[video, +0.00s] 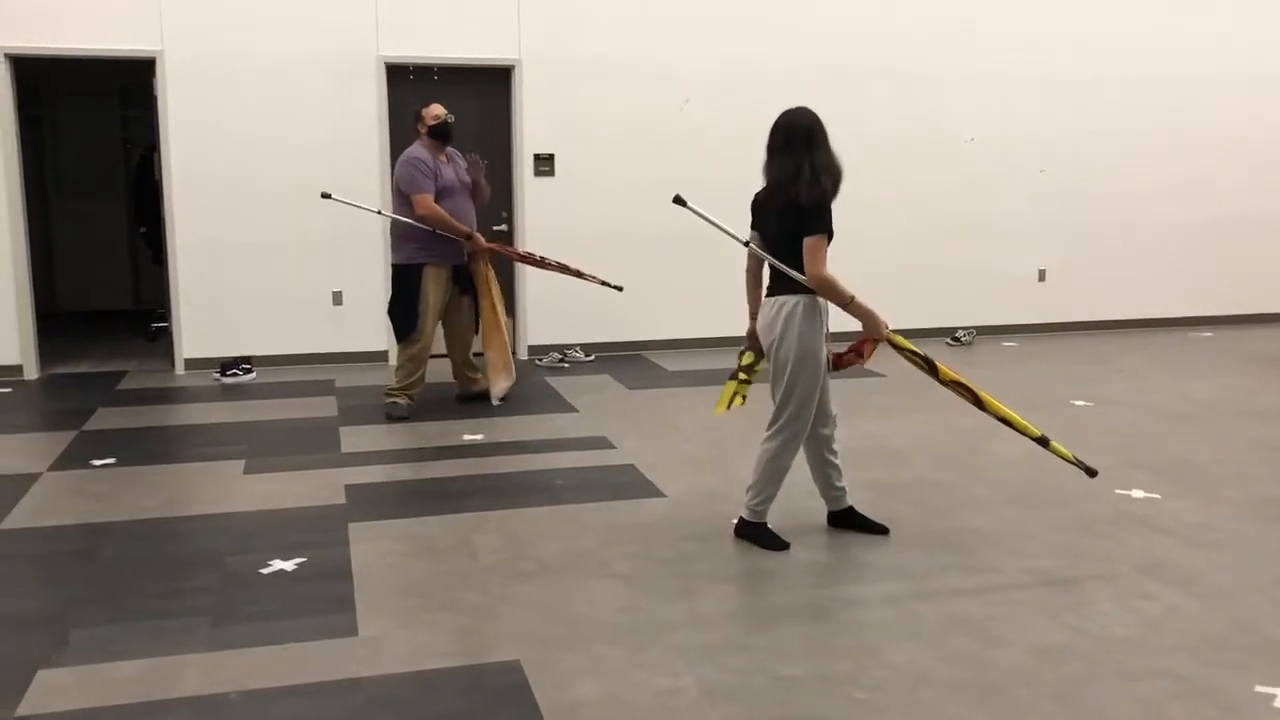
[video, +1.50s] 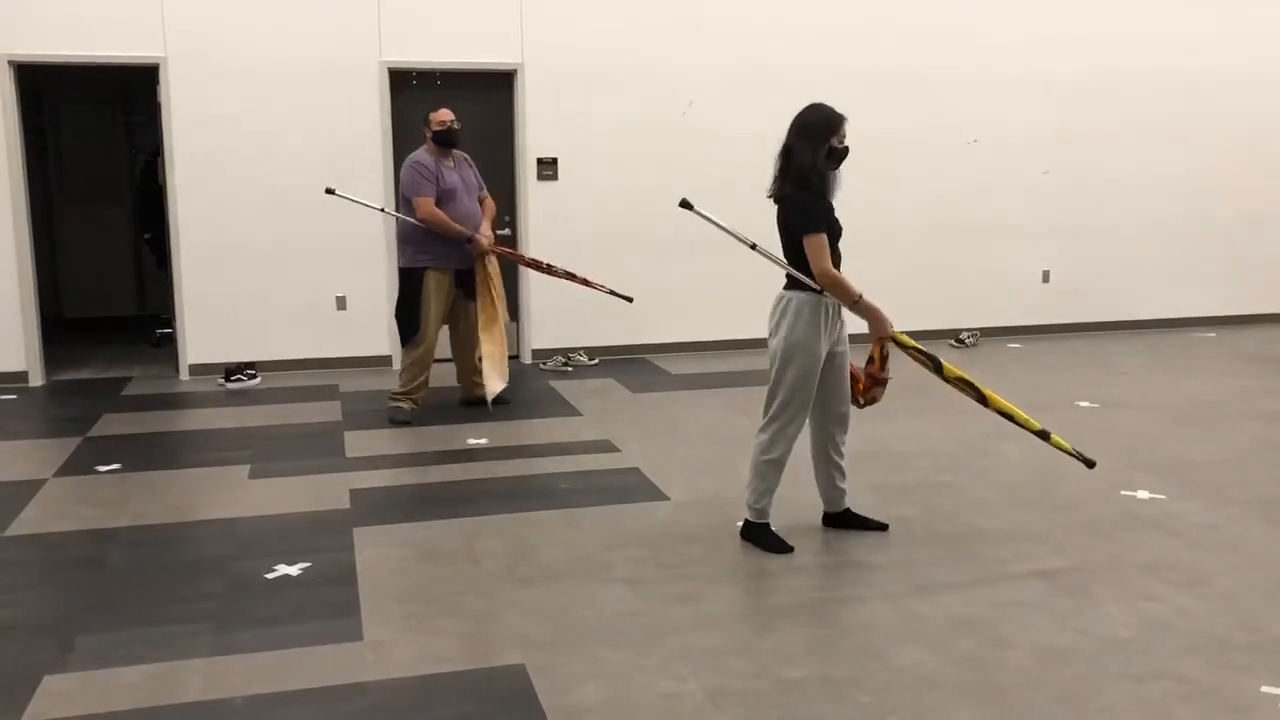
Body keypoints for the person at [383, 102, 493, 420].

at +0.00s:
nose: (444, 121)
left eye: (447, 117)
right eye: (436, 118)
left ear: (451, 124)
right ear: (422, 127)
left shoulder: (455, 157)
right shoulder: (414, 159)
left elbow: (480, 202)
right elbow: (424, 209)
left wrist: (478, 179)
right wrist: (469, 234)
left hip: (458, 257)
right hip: (422, 260)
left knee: (462, 326)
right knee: (417, 332)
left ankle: (470, 384)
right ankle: (400, 396)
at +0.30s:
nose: (451, 130)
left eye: (453, 125)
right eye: (443, 126)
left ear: (457, 130)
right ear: (428, 132)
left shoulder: (459, 162)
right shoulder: (418, 164)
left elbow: (485, 202)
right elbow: (423, 214)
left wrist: (478, 176)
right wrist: (466, 242)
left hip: (462, 262)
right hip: (426, 264)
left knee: (466, 329)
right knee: (421, 336)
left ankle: (471, 390)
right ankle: (403, 400)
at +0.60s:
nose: (452, 134)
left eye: (455, 129)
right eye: (445, 129)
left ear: (458, 134)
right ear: (429, 135)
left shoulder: (458, 165)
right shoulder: (418, 166)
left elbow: (460, 206)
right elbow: (422, 213)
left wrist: (480, 201)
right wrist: (464, 241)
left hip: (462, 265)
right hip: (426, 268)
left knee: (468, 335)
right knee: (421, 341)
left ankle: (474, 396)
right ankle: (402, 404)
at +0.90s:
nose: (450, 132)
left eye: (453, 128)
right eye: (443, 128)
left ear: (458, 132)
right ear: (428, 133)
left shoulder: (459, 165)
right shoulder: (417, 165)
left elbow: (476, 209)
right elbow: (422, 212)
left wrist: (487, 235)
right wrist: (467, 237)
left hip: (462, 264)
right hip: (425, 267)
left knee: (466, 334)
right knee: (421, 339)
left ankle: (471, 393)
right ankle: (401, 402)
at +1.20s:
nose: (449, 128)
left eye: (452, 124)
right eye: (441, 124)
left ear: (457, 128)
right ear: (426, 131)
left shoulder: (462, 161)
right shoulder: (415, 162)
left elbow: (483, 203)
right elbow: (423, 209)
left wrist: (485, 231)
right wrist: (469, 235)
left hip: (464, 262)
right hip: (425, 265)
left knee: (468, 332)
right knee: (419, 338)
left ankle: (472, 393)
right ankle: (401, 401)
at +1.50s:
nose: (450, 129)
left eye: (454, 124)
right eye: (443, 125)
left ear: (459, 128)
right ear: (428, 131)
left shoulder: (464, 161)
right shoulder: (417, 163)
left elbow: (488, 201)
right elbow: (425, 211)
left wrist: (485, 227)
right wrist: (469, 236)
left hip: (466, 262)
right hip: (427, 265)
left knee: (470, 331)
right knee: (422, 338)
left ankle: (475, 391)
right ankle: (404, 401)